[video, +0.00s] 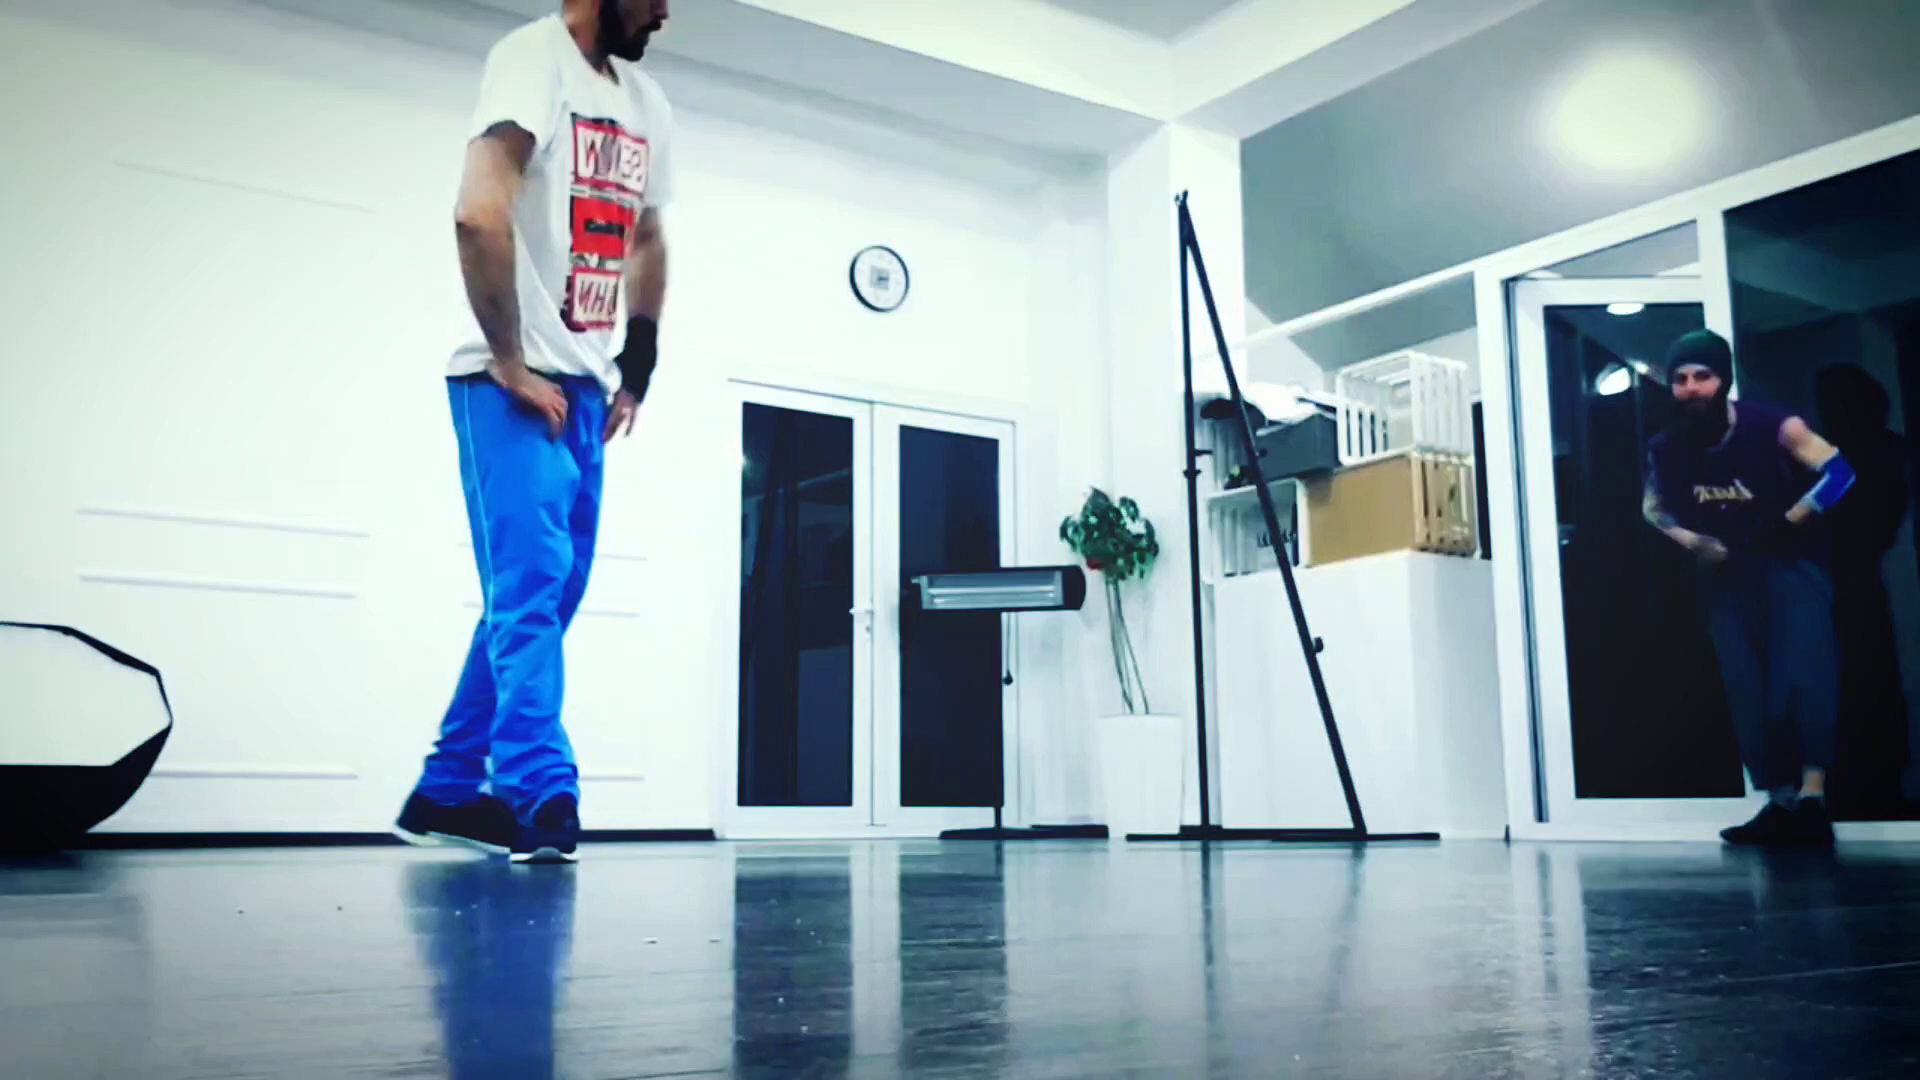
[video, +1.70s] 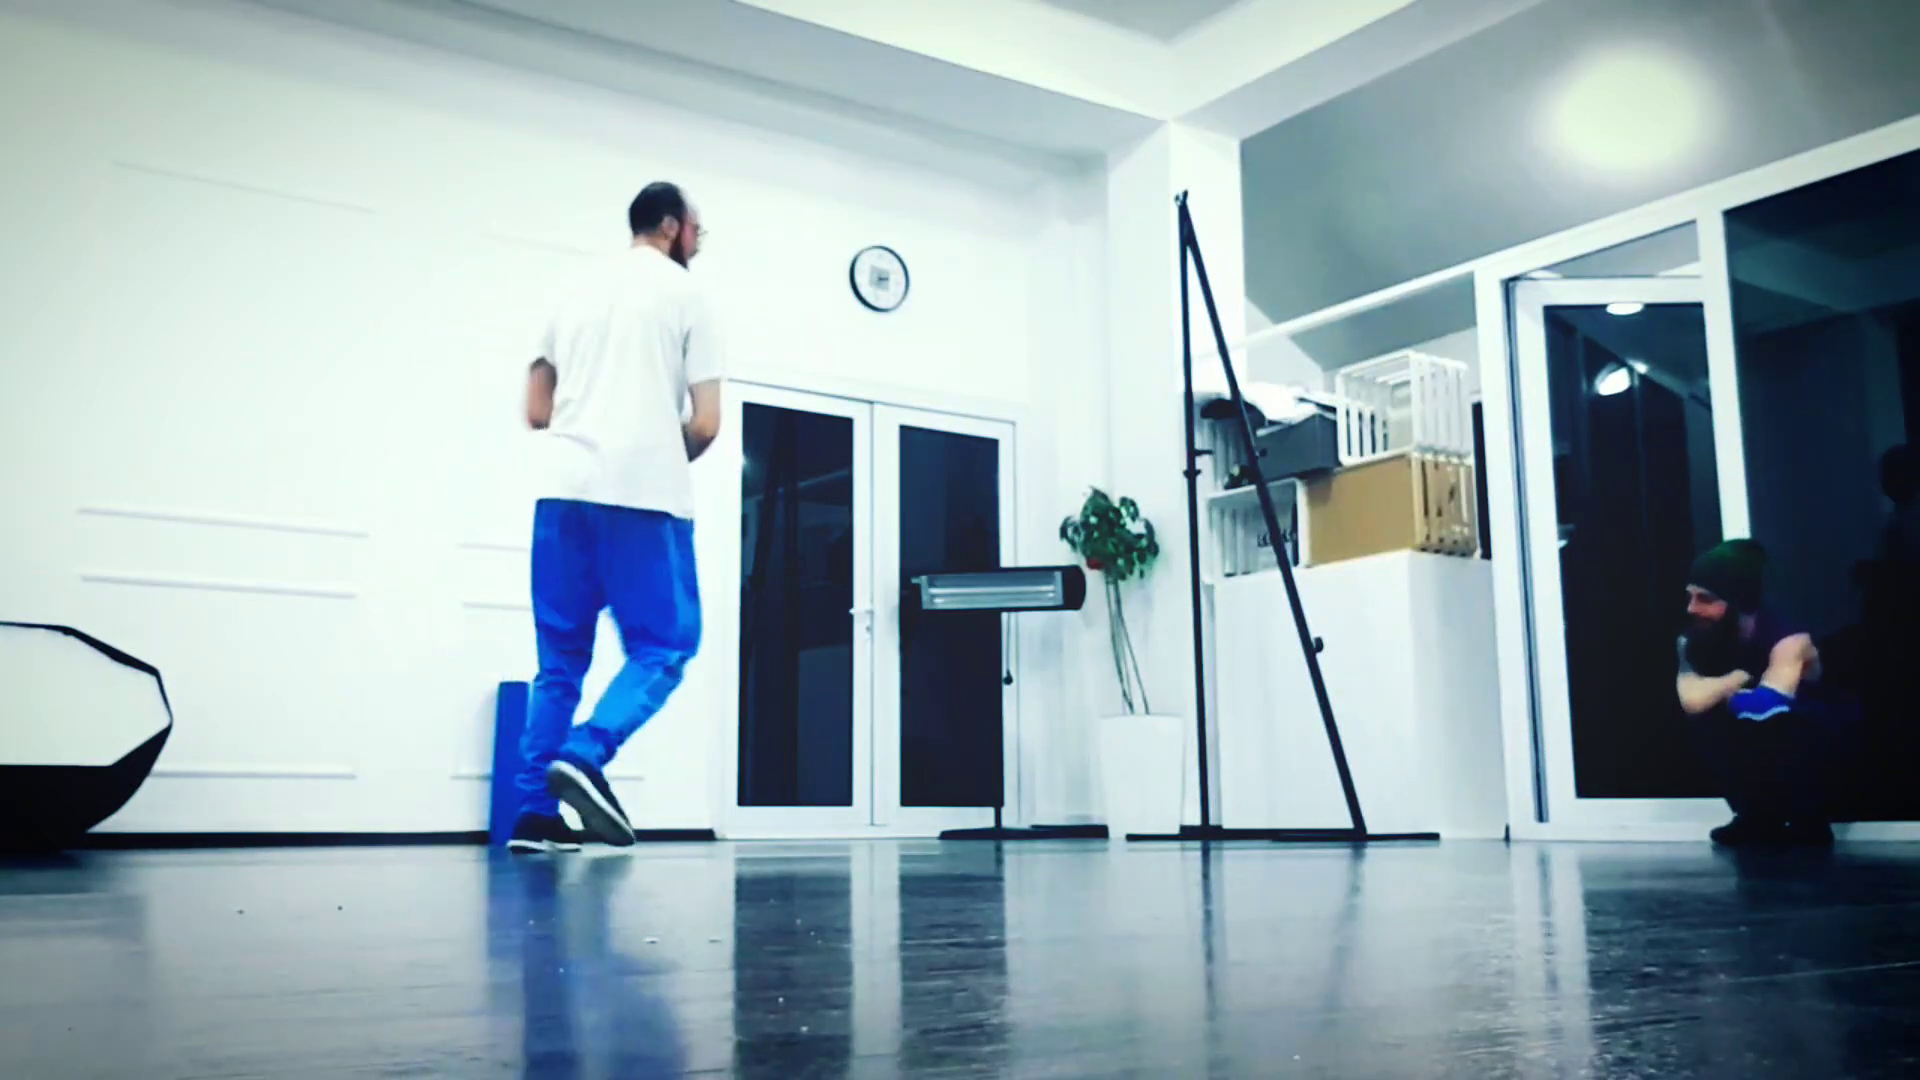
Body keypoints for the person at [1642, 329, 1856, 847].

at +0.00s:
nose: (1688, 388)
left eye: (1700, 377)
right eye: (1680, 379)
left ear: (1724, 381)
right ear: (1670, 387)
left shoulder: (1769, 425)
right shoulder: (1666, 449)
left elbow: (1839, 471)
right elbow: (1652, 510)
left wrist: (1801, 510)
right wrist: (1691, 539)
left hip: (1791, 570)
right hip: (1728, 577)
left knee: (1805, 674)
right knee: (1746, 687)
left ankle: (1812, 802)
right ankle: (1778, 804)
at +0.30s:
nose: (1690, 413)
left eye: (1702, 401)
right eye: (1684, 403)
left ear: (1731, 403)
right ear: (1677, 409)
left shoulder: (1781, 455)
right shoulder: (1679, 470)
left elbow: (1839, 514)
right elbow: (1668, 539)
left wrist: (1804, 555)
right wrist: (1707, 577)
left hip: (1793, 599)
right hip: (1731, 604)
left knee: (1798, 692)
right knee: (1722, 690)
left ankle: (1811, 814)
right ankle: (1768, 800)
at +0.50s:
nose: (1686, 450)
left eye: (1700, 438)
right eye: (1681, 438)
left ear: (1729, 444)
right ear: (1674, 442)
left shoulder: (1778, 494)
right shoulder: (1677, 505)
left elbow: (1821, 566)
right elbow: (1681, 583)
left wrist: (1773, 619)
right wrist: (1715, 632)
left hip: (1797, 618)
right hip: (1734, 624)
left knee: (1786, 685)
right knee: (1716, 689)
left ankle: (1806, 816)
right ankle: (1755, 810)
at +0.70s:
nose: (1682, 499)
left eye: (1696, 488)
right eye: (1678, 488)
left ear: (1725, 492)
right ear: (1672, 492)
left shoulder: (1776, 541)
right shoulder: (1678, 554)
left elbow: (1802, 621)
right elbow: (1687, 627)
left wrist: (1729, 660)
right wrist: (1723, 656)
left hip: (1792, 654)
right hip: (1737, 660)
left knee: (1768, 696)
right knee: (1702, 693)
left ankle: (1805, 818)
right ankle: (1753, 813)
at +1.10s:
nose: (1695, 566)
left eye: (1709, 556)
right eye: (1692, 555)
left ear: (1739, 559)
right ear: (1689, 555)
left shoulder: (1783, 602)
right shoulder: (1692, 606)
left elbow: (1781, 671)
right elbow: (1674, 671)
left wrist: (1707, 690)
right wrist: (1738, 677)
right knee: (1703, 711)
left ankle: (1803, 821)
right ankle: (1752, 815)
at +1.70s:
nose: (1692, 609)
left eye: (1705, 600)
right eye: (1690, 598)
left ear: (1737, 602)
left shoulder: (1787, 637)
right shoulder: (1693, 642)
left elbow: (1771, 700)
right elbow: (1692, 699)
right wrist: (1736, 679)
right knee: (1709, 723)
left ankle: (1808, 823)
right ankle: (1755, 818)